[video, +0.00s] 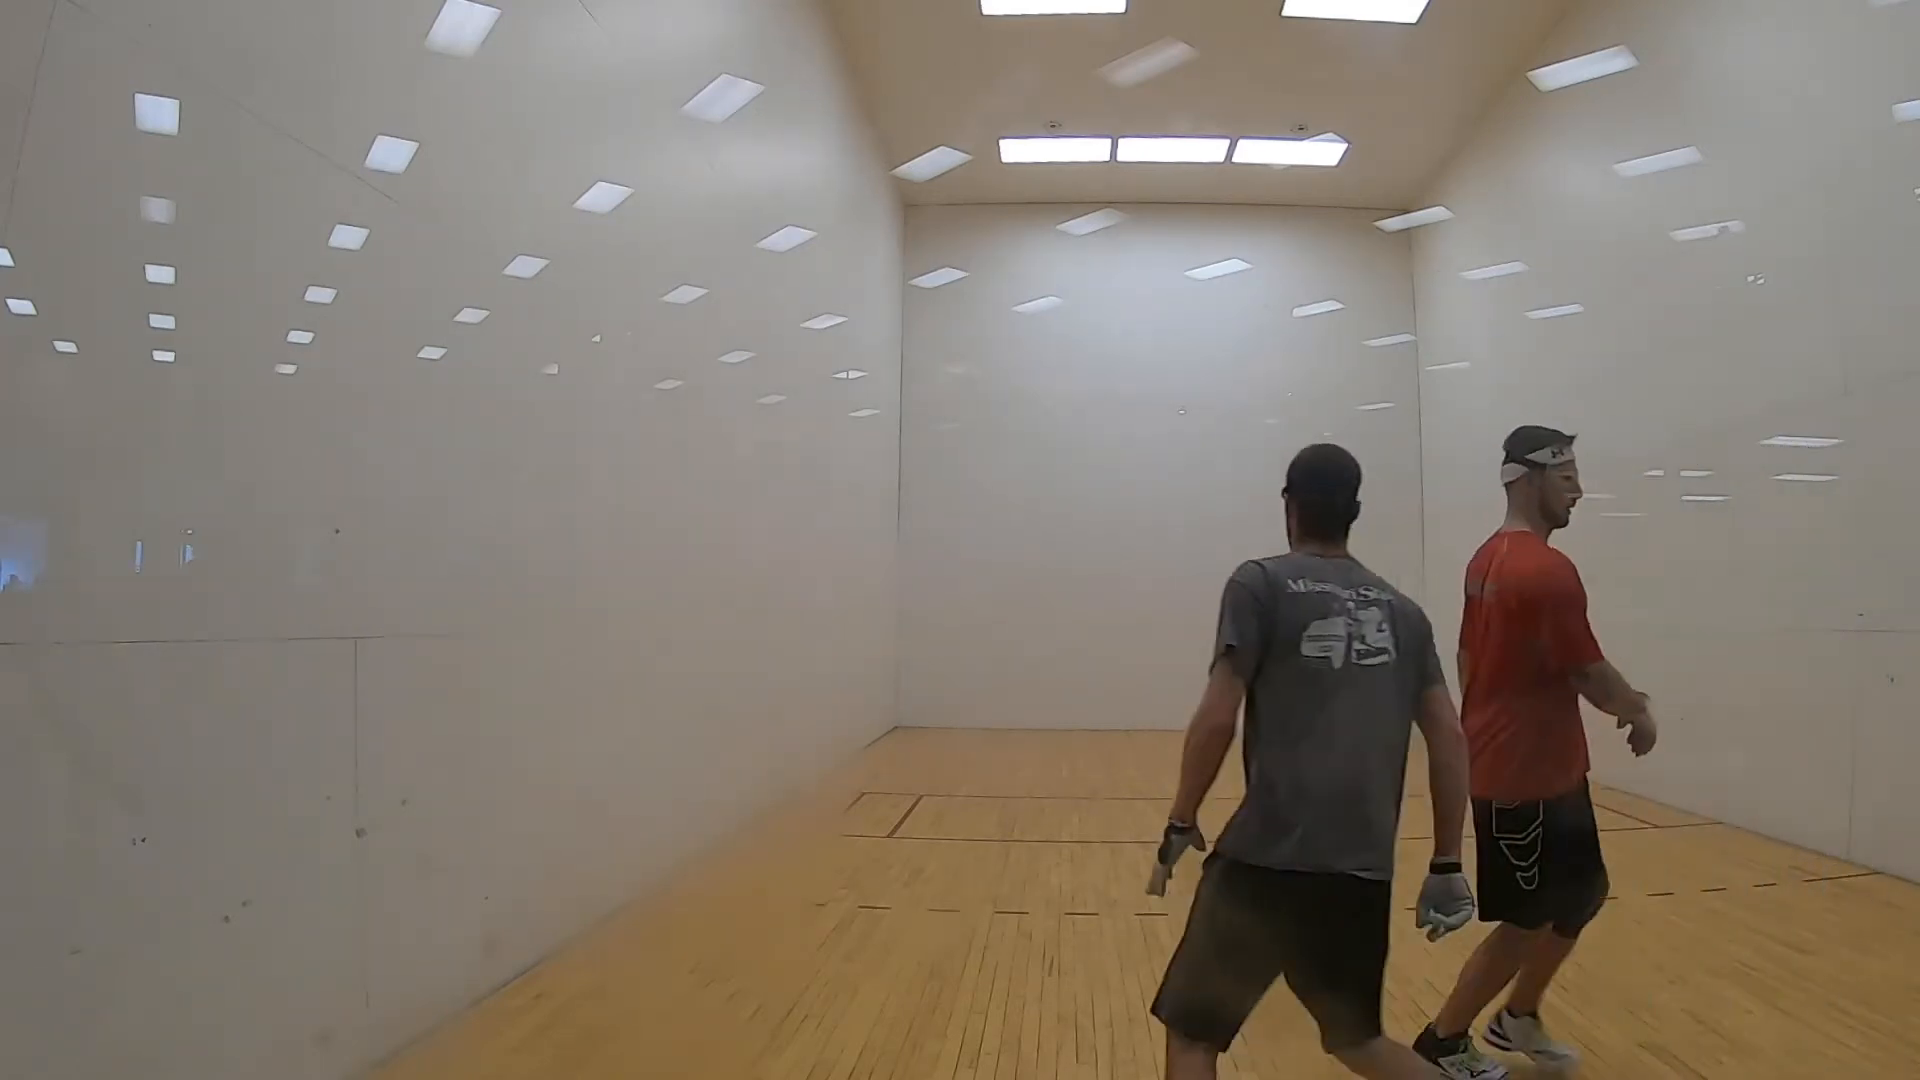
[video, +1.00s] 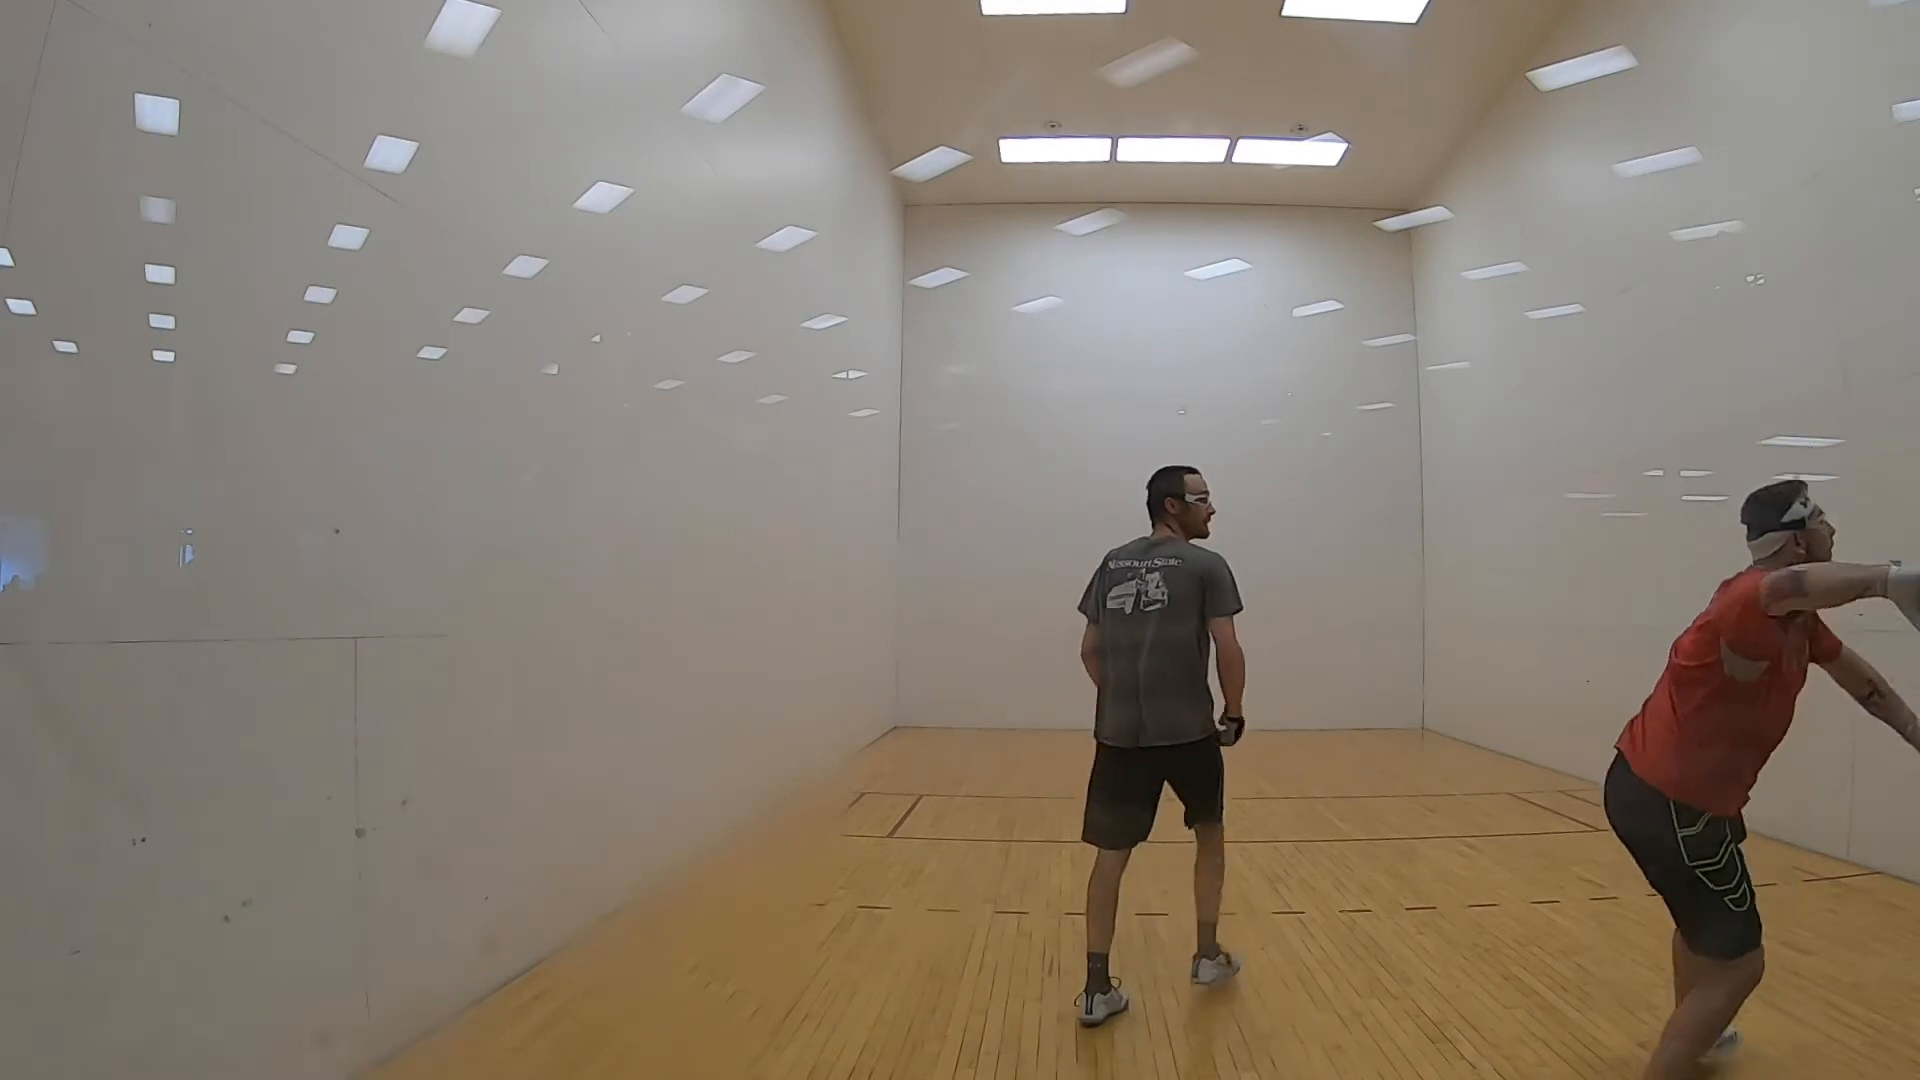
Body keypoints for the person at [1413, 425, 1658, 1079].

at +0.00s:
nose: (1577, 485)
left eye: (1575, 473)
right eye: (1565, 473)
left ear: (1521, 484)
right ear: (1526, 481)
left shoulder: (1487, 560)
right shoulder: (1548, 570)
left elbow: (1471, 668)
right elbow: (1589, 672)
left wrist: (1476, 742)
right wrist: (1638, 710)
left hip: (1540, 773)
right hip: (1525, 779)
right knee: (1530, 917)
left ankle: (1518, 1019)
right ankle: (1442, 1041)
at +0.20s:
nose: (1660, 472)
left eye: (1653, 460)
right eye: (1644, 463)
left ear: (1601, 488)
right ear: (1600, 484)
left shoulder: (1582, 566)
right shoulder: (1637, 564)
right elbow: (1716, 675)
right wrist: (1736, 670)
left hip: (1623, 792)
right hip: (1617, 797)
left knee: (1684, 967)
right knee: (1652, 975)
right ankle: (1503, 1060)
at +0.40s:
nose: (1744, 500)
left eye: (1735, 489)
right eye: (1726, 490)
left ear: (1686, 521)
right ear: (1687, 514)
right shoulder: (1700, 619)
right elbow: (1755, 750)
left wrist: (1796, 780)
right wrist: (1846, 778)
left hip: (1661, 849)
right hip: (1682, 857)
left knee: (1745, 1008)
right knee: (1775, 1028)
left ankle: (1701, 1073)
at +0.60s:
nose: (1802, 499)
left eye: (1791, 488)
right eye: (1784, 491)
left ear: (1756, 521)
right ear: (1752, 518)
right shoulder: (1741, 631)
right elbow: (1750, 781)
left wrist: (1838, 845)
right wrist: (1840, 848)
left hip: (1738, 858)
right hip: (1714, 873)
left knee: (1819, 956)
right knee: (1810, 1048)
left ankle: (1754, 1066)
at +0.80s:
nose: (1830, 480)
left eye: (1823, 469)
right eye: (1816, 471)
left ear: (1781, 493)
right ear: (1786, 490)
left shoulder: (1792, 574)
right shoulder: (1756, 572)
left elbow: (1826, 662)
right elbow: (1741, 664)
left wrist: (1856, 698)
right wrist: (1845, 711)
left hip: (1738, 803)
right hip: (1709, 806)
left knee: (1778, 964)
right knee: (1770, 972)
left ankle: (1757, 1068)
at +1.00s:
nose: (1833, 547)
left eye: (1830, 537)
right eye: (1826, 537)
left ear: (1778, 546)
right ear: (1796, 546)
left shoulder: (1800, 622)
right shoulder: (1749, 597)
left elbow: (1867, 686)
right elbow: (1793, 583)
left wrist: (1915, 732)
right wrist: (1893, 579)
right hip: (1671, 806)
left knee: (1703, 925)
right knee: (1739, 966)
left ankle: (1694, 1033)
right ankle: (1666, 1067)